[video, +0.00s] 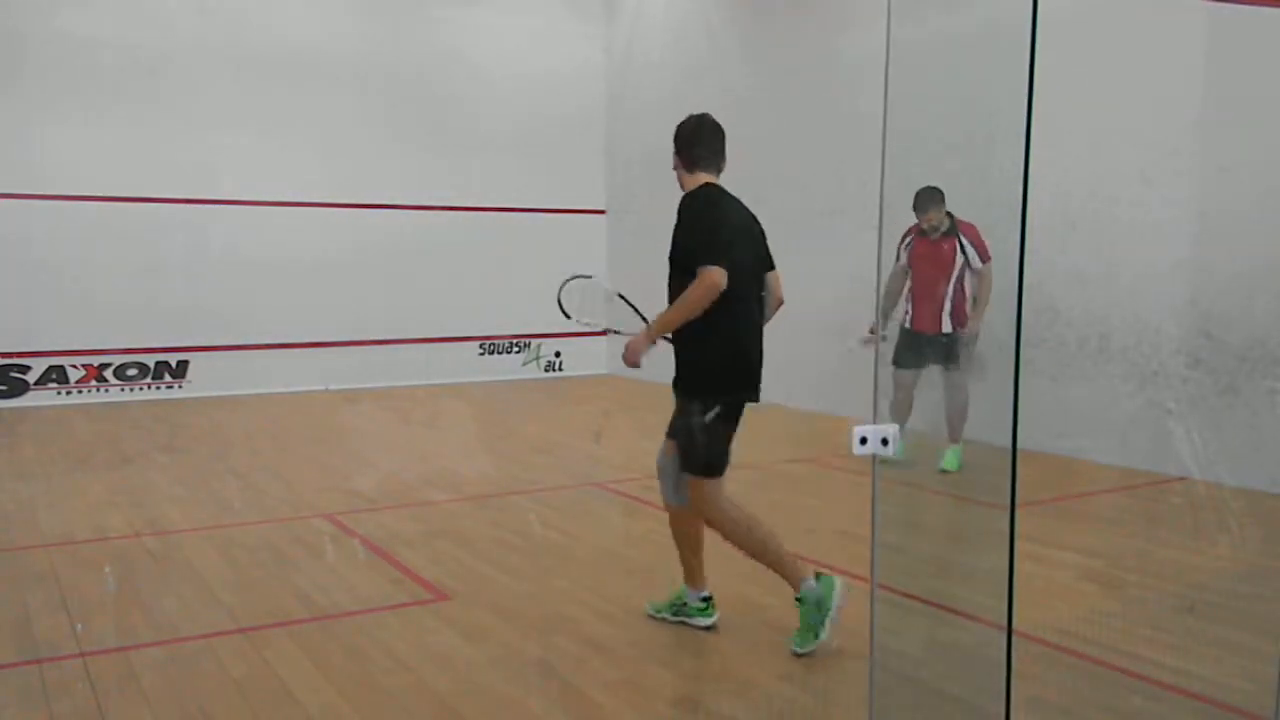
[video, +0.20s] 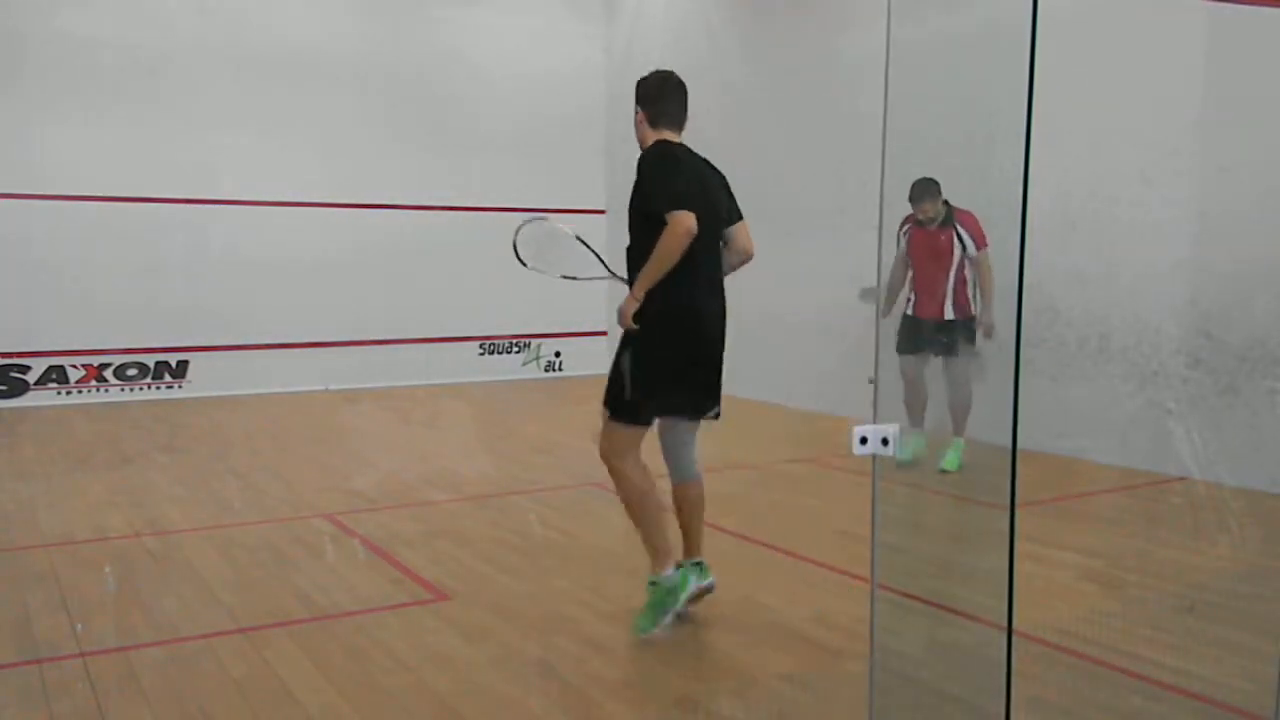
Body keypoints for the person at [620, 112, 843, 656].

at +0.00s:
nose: (671, 164)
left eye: (671, 156)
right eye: (682, 157)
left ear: (676, 159)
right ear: (722, 159)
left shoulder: (698, 208)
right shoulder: (740, 214)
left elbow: (712, 280)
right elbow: (773, 296)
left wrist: (651, 332)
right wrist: (722, 336)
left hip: (709, 377)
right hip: (723, 375)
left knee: (704, 498)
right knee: (671, 472)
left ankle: (810, 586)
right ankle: (695, 595)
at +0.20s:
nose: (634, 123)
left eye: (635, 115)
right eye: (637, 115)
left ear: (641, 117)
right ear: (685, 118)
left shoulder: (655, 163)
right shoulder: (709, 172)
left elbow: (681, 226)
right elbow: (741, 248)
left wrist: (638, 289)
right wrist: (695, 278)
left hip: (659, 331)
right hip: (702, 334)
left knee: (617, 449)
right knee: (681, 450)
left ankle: (666, 572)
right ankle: (694, 566)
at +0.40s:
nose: (603, 154)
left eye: (605, 147)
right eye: (607, 145)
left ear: (612, 153)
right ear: (655, 157)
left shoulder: (615, 207)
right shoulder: (681, 217)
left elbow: (628, 273)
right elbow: (713, 292)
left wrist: (579, 318)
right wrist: (658, 301)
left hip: (609, 367)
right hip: (664, 369)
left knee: (576, 475)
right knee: (654, 461)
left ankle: (585, 611)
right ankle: (686, 581)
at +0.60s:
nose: (604, 133)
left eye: (605, 126)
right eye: (610, 125)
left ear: (611, 131)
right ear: (656, 135)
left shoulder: (602, 186)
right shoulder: (682, 196)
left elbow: (593, 264)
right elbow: (714, 273)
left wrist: (556, 287)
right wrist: (665, 288)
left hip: (606, 345)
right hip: (660, 345)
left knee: (589, 469)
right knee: (653, 437)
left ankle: (587, 598)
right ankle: (678, 549)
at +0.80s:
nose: (623, 132)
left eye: (623, 124)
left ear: (622, 131)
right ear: (670, 133)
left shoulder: (615, 186)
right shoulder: (698, 189)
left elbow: (609, 262)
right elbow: (738, 256)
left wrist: (580, 258)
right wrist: (689, 266)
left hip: (624, 342)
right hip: (680, 344)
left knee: (577, 446)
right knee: (661, 445)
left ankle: (590, 575)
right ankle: (686, 561)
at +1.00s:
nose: (631, 142)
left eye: (632, 135)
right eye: (648, 135)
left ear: (633, 141)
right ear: (679, 143)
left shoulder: (622, 196)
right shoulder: (706, 204)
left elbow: (615, 274)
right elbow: (737, 277)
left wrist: (583, 289)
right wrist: (689, 288)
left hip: (633, 352)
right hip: (687, 355)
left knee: (588, 453)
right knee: (673, 460)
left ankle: (610, 578)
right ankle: (697, 580)